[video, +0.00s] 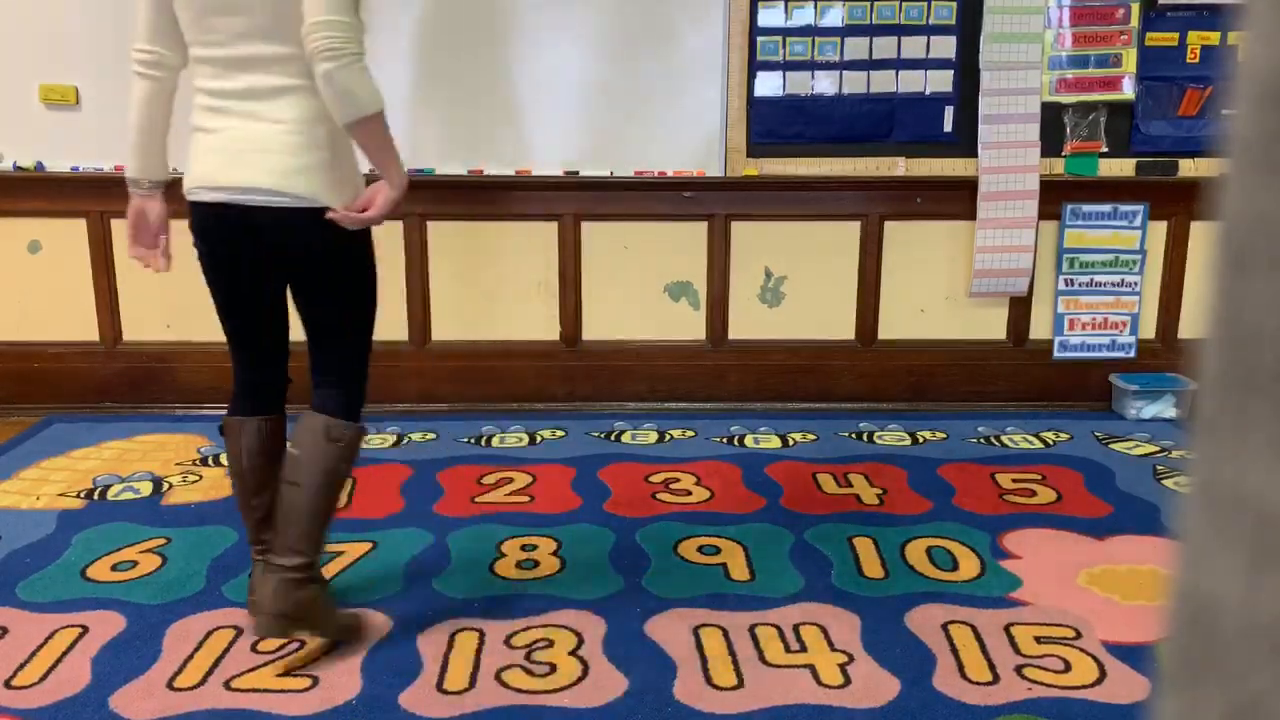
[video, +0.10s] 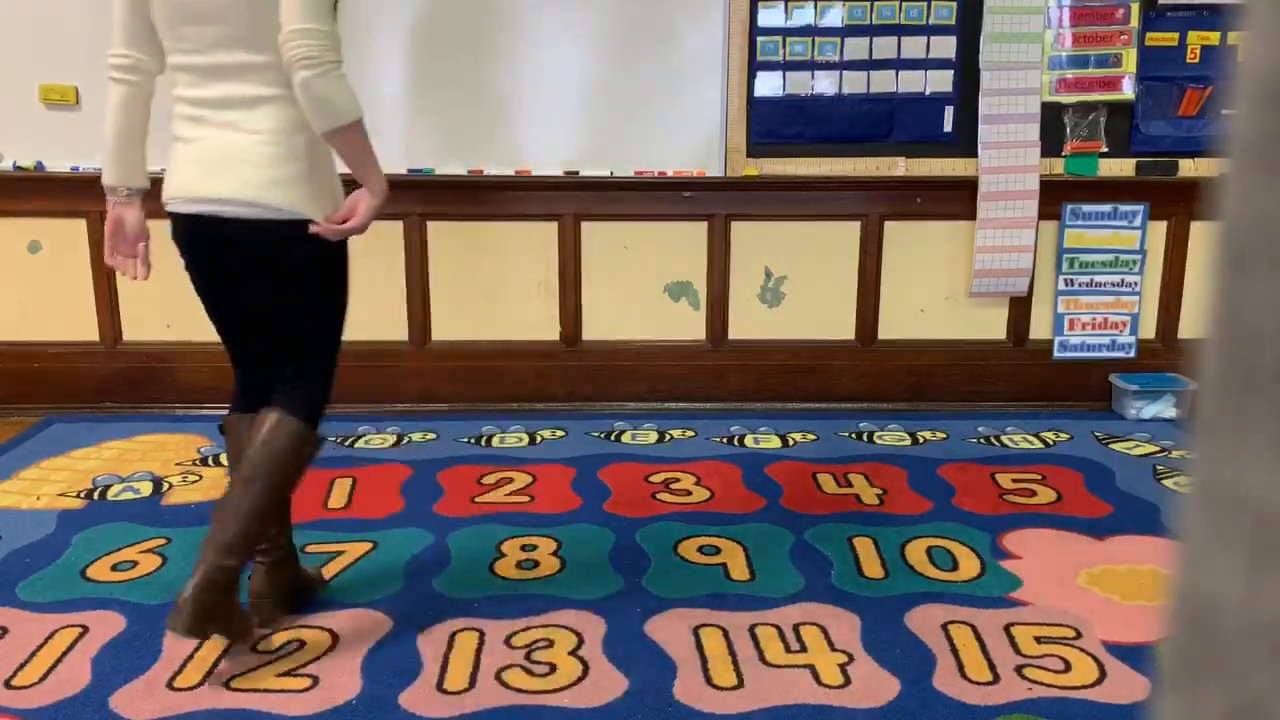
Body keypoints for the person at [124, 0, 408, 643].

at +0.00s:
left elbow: (154, 61)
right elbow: (331, 53)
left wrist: (146, 187)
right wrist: (391, 171)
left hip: (217, 190)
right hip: (313, 190)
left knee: (255, 379)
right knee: (337, 381)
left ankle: (269, 569)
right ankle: (290, 580)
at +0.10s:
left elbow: (131, 64)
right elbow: (308, 56)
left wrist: (123, 195)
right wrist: (371, 176)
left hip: (196, 198)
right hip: (288, 198)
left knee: (251, 386)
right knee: (299, 400)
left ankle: (276, 566)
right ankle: (209, 587)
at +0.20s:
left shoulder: (123, 1)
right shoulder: (282, 1)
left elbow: (107, 90)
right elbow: (294, 87)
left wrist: (105, 220)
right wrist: (363, 202)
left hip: (169, 226)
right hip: (266, 226)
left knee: (262, 391)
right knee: (259, 413)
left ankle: (275, 566)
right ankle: (179, 625)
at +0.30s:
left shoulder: (98, 9)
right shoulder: (269, 9)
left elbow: (82, 131)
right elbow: (298, 135)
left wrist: (83, 257)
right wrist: (367, 233)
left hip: (143, 269)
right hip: (244, 267)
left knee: (246, 392)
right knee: (241, 447)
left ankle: (271, 562)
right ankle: (162, 633)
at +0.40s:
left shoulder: (84, 9)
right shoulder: (272, 11)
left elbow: (61, 135)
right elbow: (304, 144)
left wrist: (52, 258)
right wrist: (322, 219)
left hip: (123, 270)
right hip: (229, 275)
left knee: (201, 372)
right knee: (232, 464)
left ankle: (231, 550)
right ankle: (157, 631)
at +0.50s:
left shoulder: (92, 1)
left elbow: (73, 88)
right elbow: (284, 107)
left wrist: (55, 224)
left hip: (123, 226)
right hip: (239, 232)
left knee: (141, 389)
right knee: (214, 433)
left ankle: (168, 571)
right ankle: (160, 635)